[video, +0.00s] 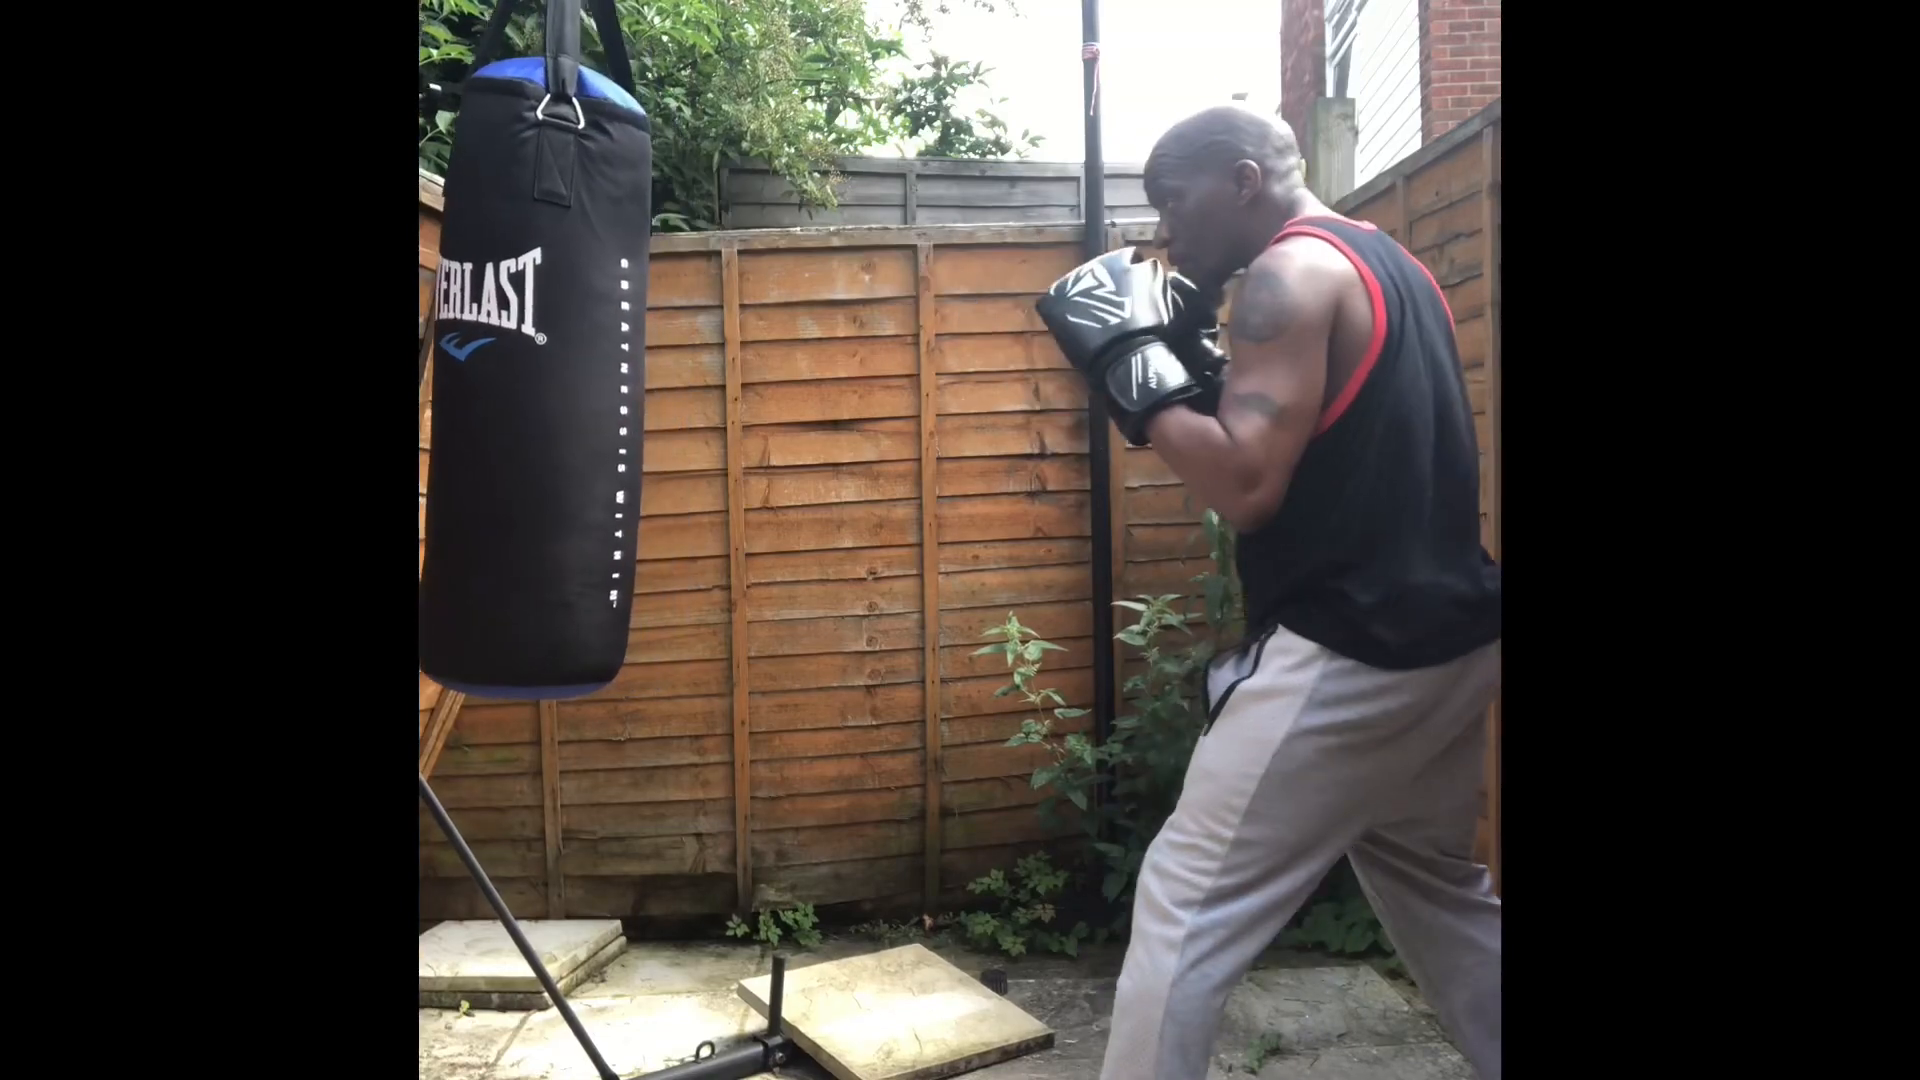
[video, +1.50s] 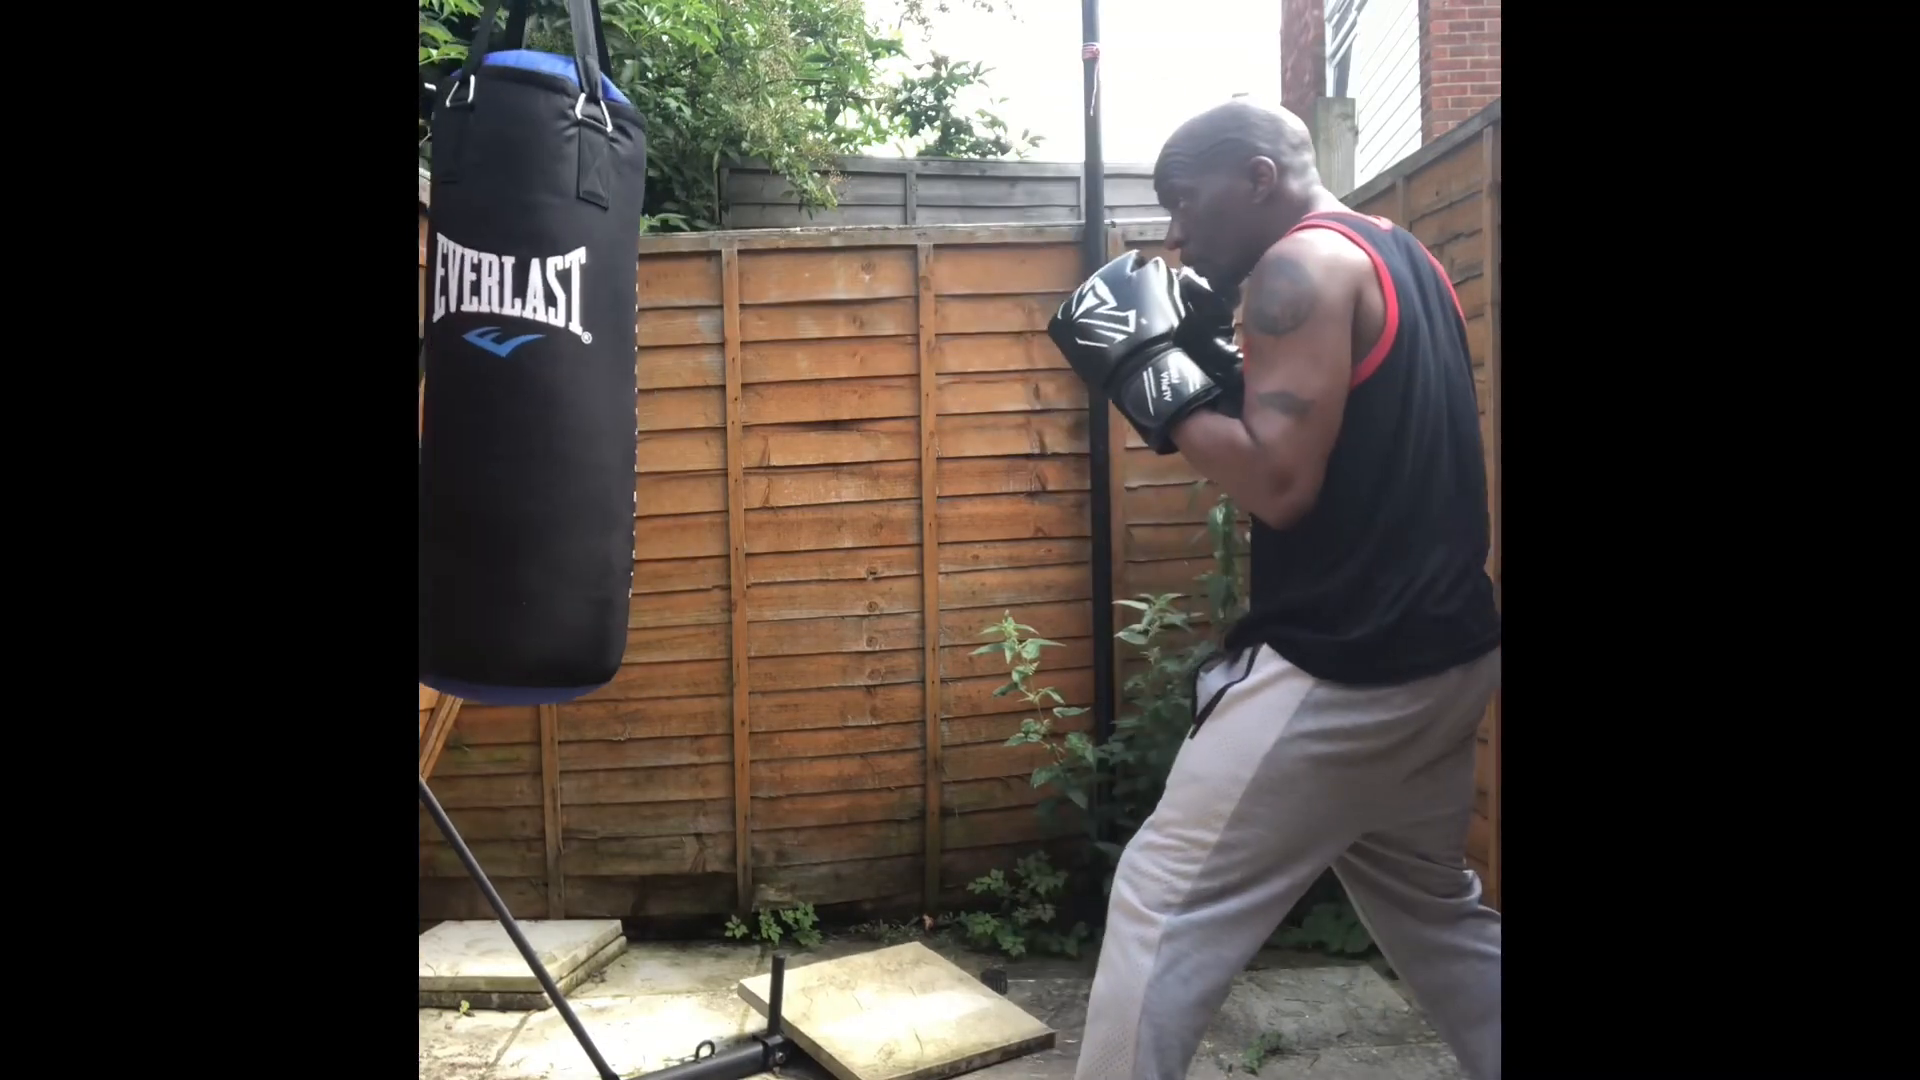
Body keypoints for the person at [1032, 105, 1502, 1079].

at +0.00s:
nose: (1165, 232)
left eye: (1172, 204)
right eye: (1159, 208)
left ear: (1248, 183)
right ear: (1261, 183)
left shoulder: (1290, 274)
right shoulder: (1378, 254)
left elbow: (1241, 486)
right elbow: (1326, 444)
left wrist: (1125, 363)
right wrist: (1194, 366)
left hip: (1350, 641)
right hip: (1454, 624)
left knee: (1187, 900)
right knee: (1435, 882)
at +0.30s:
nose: (1177, 238)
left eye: (1184, 206)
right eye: (1171, 212)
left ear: (1260, 185)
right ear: (1277, 189)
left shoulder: (1305, 277)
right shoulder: (1392, 259)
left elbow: (1253, 479)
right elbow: (1363, 438)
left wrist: (1131, 367)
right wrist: (1215, 367)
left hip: (1355, 640)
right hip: (1461, 628)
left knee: (1184, 889)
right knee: (1434, 880)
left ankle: (1147, 1068)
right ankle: (1499, 1056)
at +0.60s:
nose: (1029, 203)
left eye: (1047, 173)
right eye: (1022, 181)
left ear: (1134, 157)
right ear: (1140, 165)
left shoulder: (1172, 253)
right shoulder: (1211, 235)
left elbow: (1057, 441)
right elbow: (1198, 403)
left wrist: (910, 341)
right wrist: (1060, 336)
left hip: (1259, 644)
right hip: (1333, 626)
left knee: (1076, 884)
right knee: (1404, 901)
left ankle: (1065, 1069)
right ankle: (1497, 1051)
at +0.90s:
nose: (1024, 245)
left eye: (1028, 213)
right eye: (1016, 220)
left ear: (1103, 183)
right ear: (1117, 186)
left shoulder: (1170, 270)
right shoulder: (1214, 250)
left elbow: (1130, 497)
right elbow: (1176, 457)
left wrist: (992, 378)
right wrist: (1054, 385)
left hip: (1247, 661)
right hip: (1312, 637)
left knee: (1057, 895)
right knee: (1321, 888)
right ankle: (1491, 1048)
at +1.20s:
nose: (1149, 241)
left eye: (1157, 211)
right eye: (1143, 217)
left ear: (1236, 186)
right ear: (1251, 185)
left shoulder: (1276, 270)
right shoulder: (1371, 251)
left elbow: (1244, 489)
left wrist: (1119, 373)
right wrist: (1176, 347)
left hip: (1317, 664)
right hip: (1425, 642)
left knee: (1135, 895)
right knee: (1421, 898)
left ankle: (1097, 1071)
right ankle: (1494, 1057)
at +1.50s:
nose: (1178, 242)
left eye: (1184, 208)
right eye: (1171, 216)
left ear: (1261, 180)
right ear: (1277, 183)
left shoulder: (1303, 267)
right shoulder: (1399, 251)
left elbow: (1275, 481)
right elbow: (1353, 440)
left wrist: (1143, 372)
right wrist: (1210, 358)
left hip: (1340, 663)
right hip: (1443, 644)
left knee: (1162, 903)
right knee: (1426, 902)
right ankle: (1496, 1060)